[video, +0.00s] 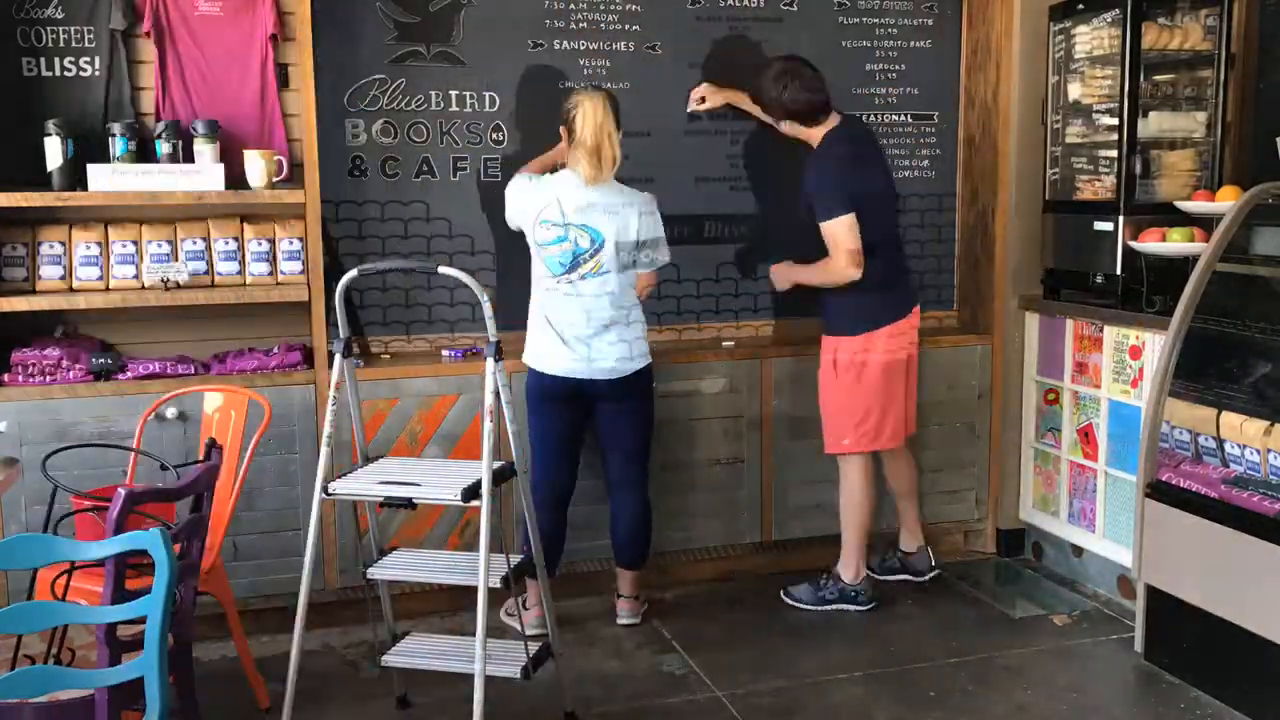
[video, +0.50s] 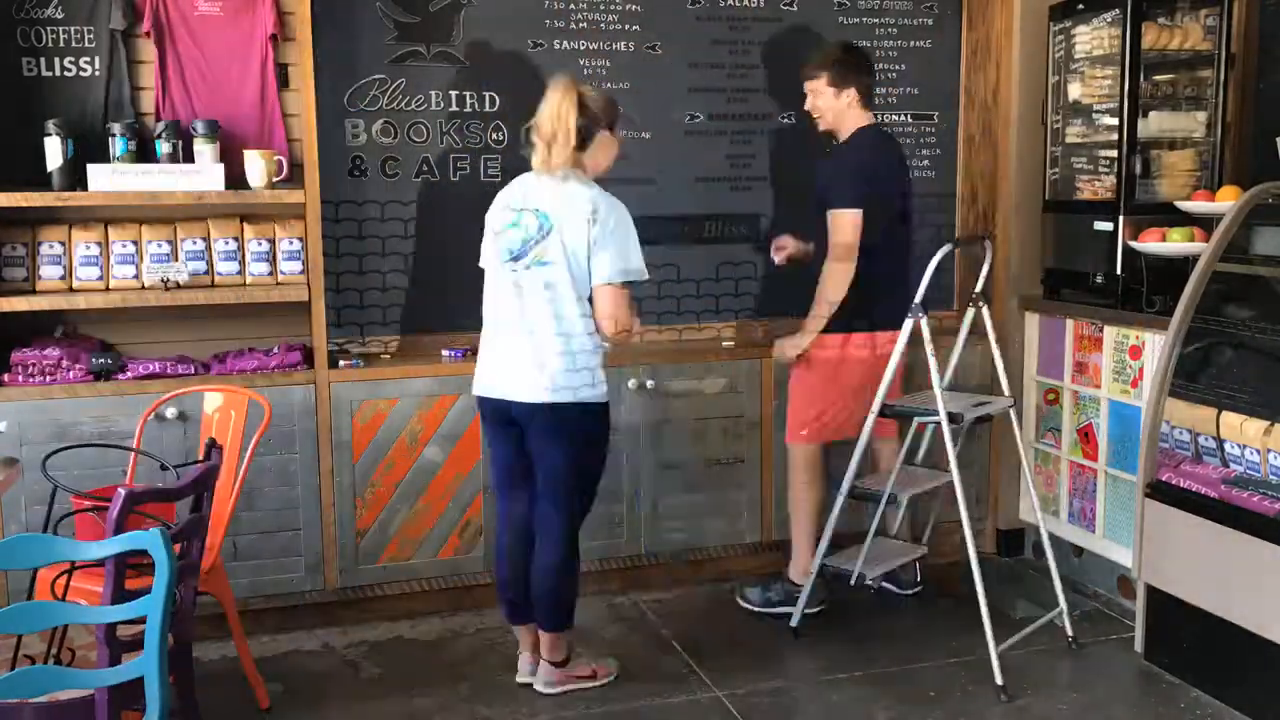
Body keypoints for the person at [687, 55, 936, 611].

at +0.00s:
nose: (772, 122)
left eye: (770, 114)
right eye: (770, 116)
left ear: (787, 117)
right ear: (822, 94)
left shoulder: (824, 167)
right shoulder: (851, 132)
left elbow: (848, 264)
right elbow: (783, 117)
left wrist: (795, 274)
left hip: (859, 325)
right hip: (893, 313)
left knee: (852, 451)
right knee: (892, 440)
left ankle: (850, 578)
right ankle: (914, 550)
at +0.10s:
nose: (709, 124)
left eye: (708, 117)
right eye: (709, 118)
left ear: (713, 119)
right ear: (764, 111)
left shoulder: (721, 170)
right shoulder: (799, 160)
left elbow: (725, 264)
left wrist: (730, 336)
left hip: (785, 334)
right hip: (843, 324)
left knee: (778, 464)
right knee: (838, 452)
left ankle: (778, 598)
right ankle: (847, 574)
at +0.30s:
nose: (796, 121)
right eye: (793, 112)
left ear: (736, 118)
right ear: (791, 119)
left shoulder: (718, 169)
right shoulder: (810, 171)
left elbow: (712, 261)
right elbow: (801, 224)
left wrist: (702, 334)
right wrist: (800, 155)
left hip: (760, 332)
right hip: (827, 327)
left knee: (754, 459)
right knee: (828, 461)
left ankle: (771, 590)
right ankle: (835, 593)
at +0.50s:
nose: (807, 105)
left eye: (814, 93)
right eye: (806, 94)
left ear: (847, 94)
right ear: (852, 96)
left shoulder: (846, 158)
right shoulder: (885, 148)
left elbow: (842, 259)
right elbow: (872, 243)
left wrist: (808, 332)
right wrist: (811, 249)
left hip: (848, 328)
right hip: (888, 324)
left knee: (803, 439)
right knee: (883, 438)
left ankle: (800, 578)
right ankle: (900, 561)